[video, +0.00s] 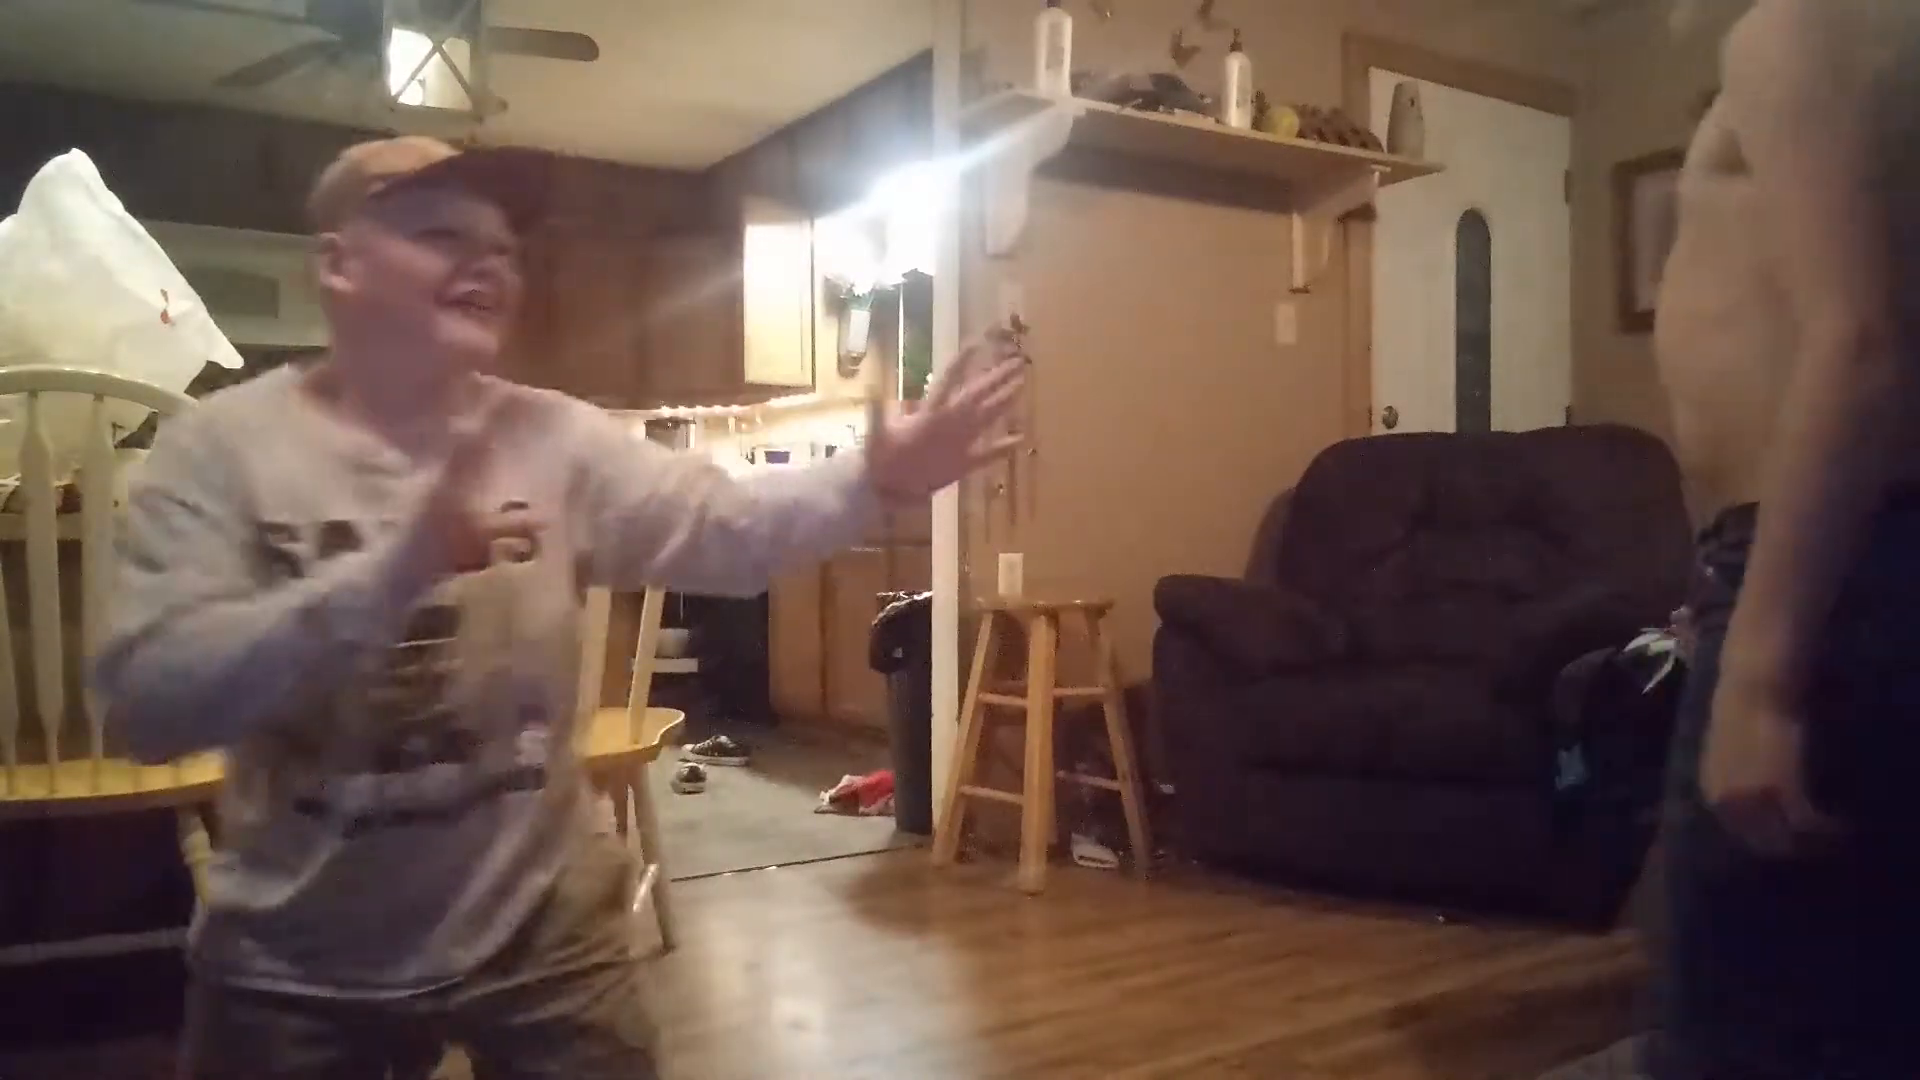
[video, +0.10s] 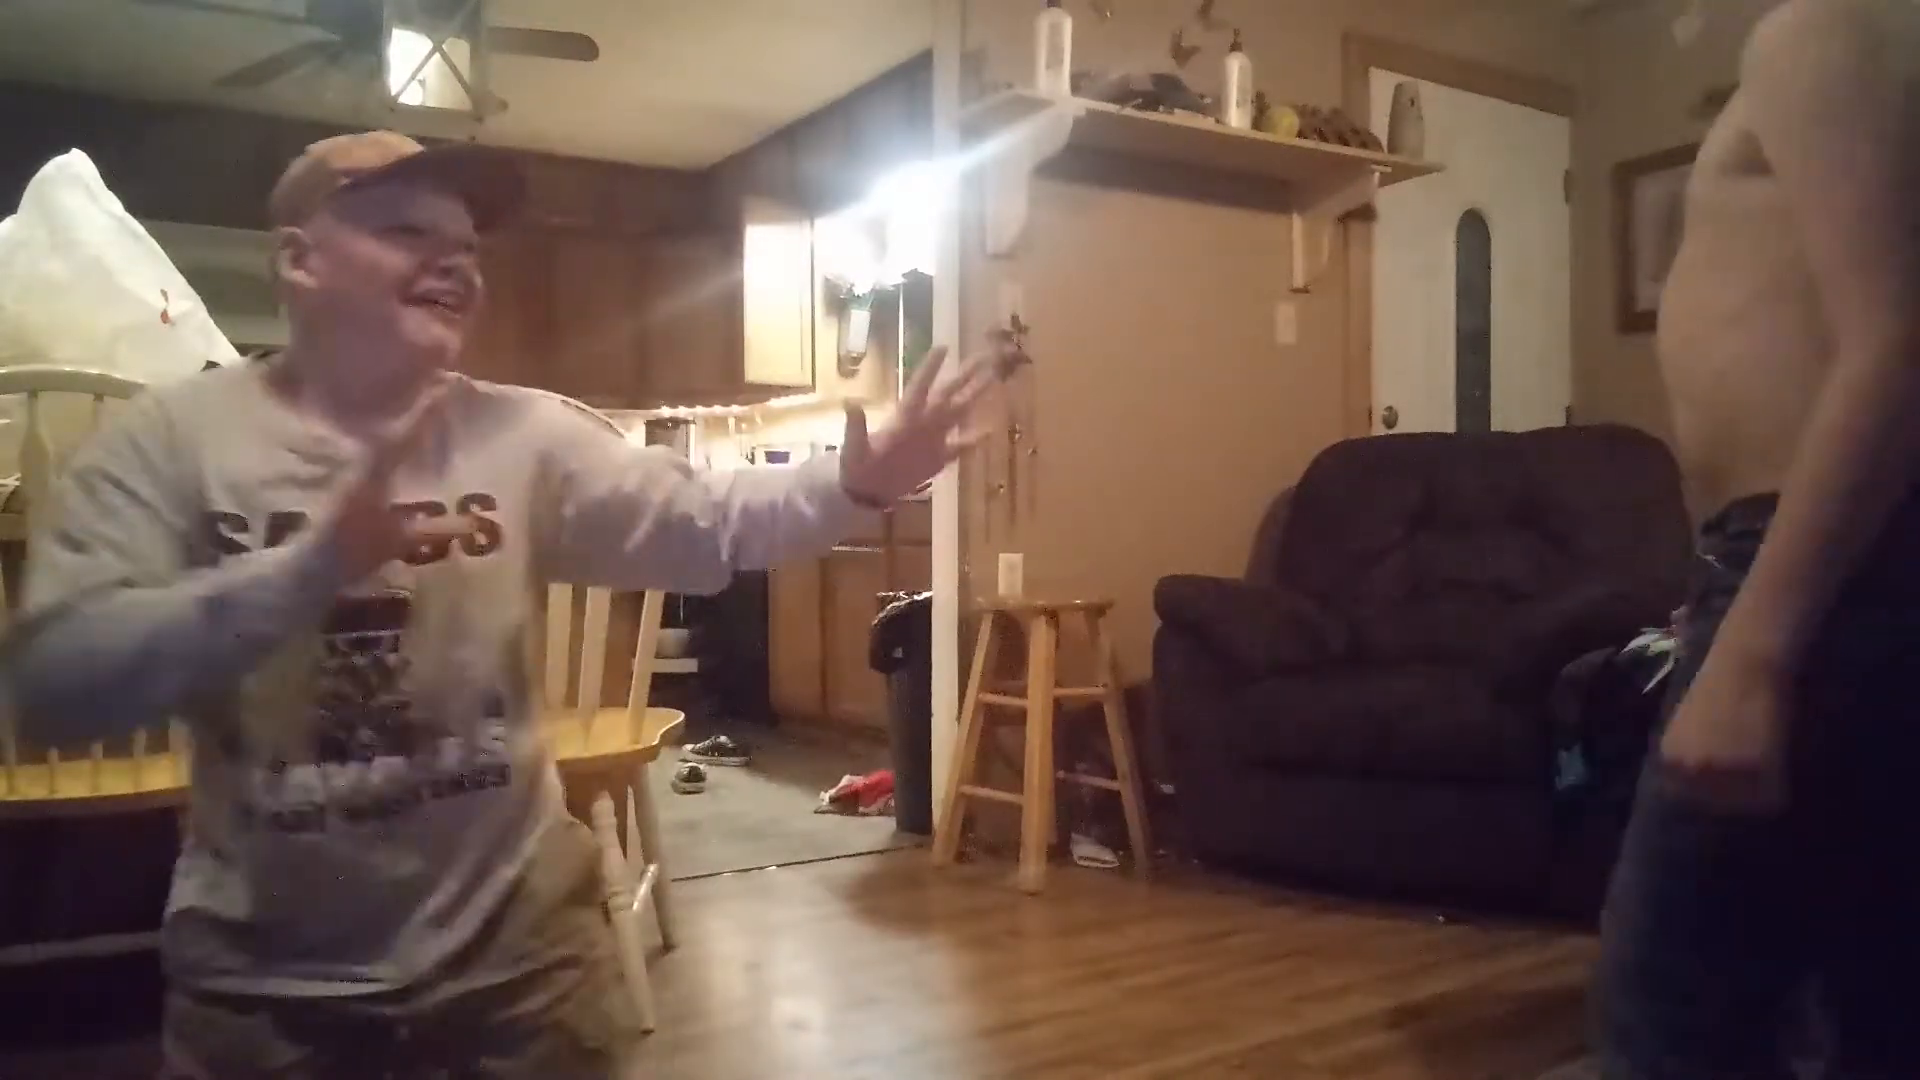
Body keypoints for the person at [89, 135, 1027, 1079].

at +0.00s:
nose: (490, 260)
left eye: (501, 242)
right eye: (441, 232)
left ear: (516, 285)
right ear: (337, 265)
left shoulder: (554, 439)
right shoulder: (214, 452)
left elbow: (717, 521)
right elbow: (144, 697)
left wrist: (869, 483)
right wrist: (395, 578)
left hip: (540, 923)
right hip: (296, 947)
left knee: (610, 1068)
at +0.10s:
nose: (459, 257)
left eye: (468, 243)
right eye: (410, 229)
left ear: (478, 278)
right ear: (298, 256)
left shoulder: (525, 439)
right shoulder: (165, 442)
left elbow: (701, 513)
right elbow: (52, 679)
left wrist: (858, 482)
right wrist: (312, 571)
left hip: (514, 953)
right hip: (264, 975)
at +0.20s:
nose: (452, 262)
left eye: (461, 248)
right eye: (404, 235)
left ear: (474, 280)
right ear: (290, 259)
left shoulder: (510, 437)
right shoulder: (148, 443)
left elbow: (707, 507)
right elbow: (17, 664)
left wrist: (871, 458)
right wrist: (235, 605)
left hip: (493, 930)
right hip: (247, 961)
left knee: (597, 1061)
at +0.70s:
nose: (560, 340)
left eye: (569, 316)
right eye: (518, 315)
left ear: (583, 329)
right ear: (414, 337)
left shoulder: (615, 478)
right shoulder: (287, 490)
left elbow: (811, 534)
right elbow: (156, 681)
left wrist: (960, 491)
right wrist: (159, 664)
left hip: (560, 917)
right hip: (325, 939)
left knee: (661, 1068)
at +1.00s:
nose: (598, 370)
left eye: (607, 343)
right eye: (557, 349)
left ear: (621, 351)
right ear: (465, 375)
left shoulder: (660, 498)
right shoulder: (356, 527)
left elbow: (844, 539)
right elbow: (192, 747)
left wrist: (1016, 476)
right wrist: (318, 675)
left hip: (604, 919)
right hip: (393, 932)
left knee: (676, 1066)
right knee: (364, 1067)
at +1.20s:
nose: (611, 400)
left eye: (619, 374)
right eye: (568, 380)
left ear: (633, 381)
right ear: (470, 409)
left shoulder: (664, 514)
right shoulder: (383, 541)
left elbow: (849, 548)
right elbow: (276, 771)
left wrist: (995, 482)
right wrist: (471, 653)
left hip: (612, 921)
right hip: (408, 927)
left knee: (674, 1067)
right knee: (402, 1067)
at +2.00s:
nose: (565, 410)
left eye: (577, 379)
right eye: (523, 387)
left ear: (598, 389)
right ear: (430, 413)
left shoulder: (641, 506)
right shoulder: (367, 526)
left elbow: (830, 533)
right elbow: (306, 717)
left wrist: (988, 465)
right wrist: (532, 574)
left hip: (611, 915)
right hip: (423, 922)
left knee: (655, 1063)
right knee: (464, 1063)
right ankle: (319, 1018)